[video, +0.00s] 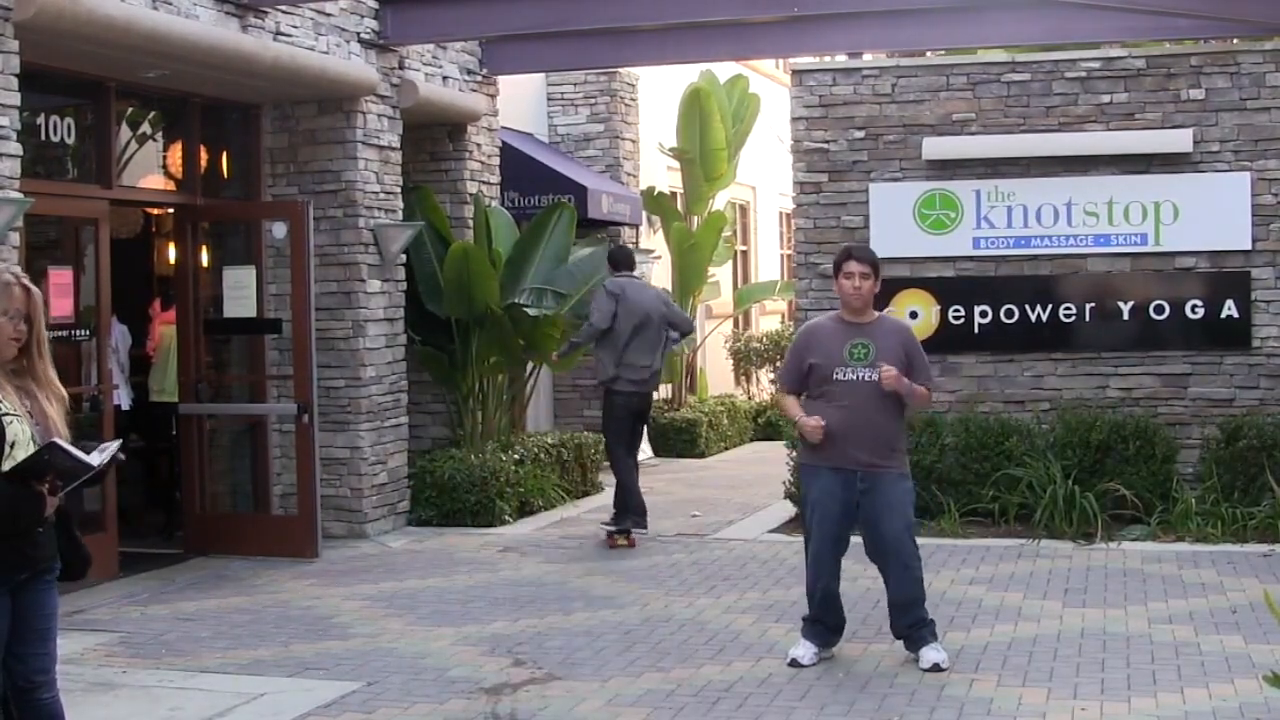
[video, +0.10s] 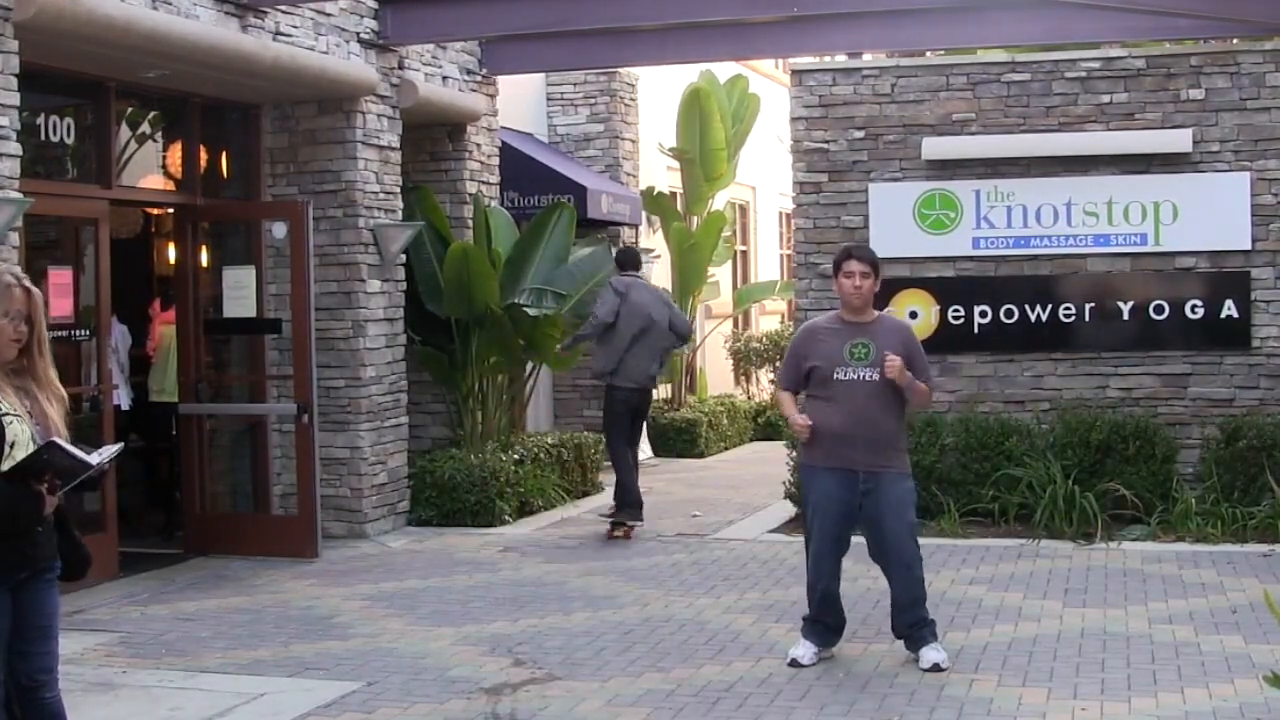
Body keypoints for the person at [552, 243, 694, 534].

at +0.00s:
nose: (608, 269)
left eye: (608, 265)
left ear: (610, 267)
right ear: (634, 266)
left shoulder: (610, 289)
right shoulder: (655, 294)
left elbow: (599, 324)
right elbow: (687, 326)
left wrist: (566, 350)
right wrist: (661, 342)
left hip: (618, 386)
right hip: (645, 388)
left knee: (618, 452)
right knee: (628, 454)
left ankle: (634, 517)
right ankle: (622, 517)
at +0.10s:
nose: (616, 271)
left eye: (616, 266)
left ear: (617, 267)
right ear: (640, 267)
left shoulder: (617, 286)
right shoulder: (659, 294)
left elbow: (602, 319)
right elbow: (684, 330)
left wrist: (569, 343)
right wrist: (659, 346)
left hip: (619, 383)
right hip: (644, 386)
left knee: (618, 446)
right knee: (629, 448)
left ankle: (630, 512)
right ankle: (623, 507)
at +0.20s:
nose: (622, 270)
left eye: (621, 265)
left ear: (623, 265)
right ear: (645, 265)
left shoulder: (621, 284)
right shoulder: (660, 291)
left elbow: (607, 315)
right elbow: (684, 327)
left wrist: (574, 343)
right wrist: (667, 348)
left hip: (621, 380)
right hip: (646, 383)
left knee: (619, 440)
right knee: (632, 443)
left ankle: (631, 504)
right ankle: (626, 501)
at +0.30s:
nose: (630, 267)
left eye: (630, 263)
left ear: (629, 265)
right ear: (652, 265)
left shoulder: (626, 284)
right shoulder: (665, 291)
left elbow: (613, 317)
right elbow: (687, 325)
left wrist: (594, 337)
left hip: (625, 376)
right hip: (649, 378)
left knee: (624, 436)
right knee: (637, 437)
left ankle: (635, 498)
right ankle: (631, 494)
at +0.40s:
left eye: (635, 263)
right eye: (650, 262)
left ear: (634, 264)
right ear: (657, 265)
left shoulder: (628, 287)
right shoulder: (671, 293)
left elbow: (618, 322)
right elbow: (684, 334)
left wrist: (599, 349)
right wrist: (664, 349)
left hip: (630, 373)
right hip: (656, 375)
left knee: (630, 432)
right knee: (644, 435)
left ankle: (640, 493)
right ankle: (635, 490)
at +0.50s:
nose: (643, 268)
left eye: (643, 263)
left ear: (643, 265)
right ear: (664, 266)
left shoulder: (636, 289)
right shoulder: (677, 293)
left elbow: (625, 324)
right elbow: (686, 330)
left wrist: (613, 352)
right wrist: (676, 349)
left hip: (639, 369)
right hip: (665, 371)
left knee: (637, 428)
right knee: (650, 428)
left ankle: (644, 488)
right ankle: (642, 484)